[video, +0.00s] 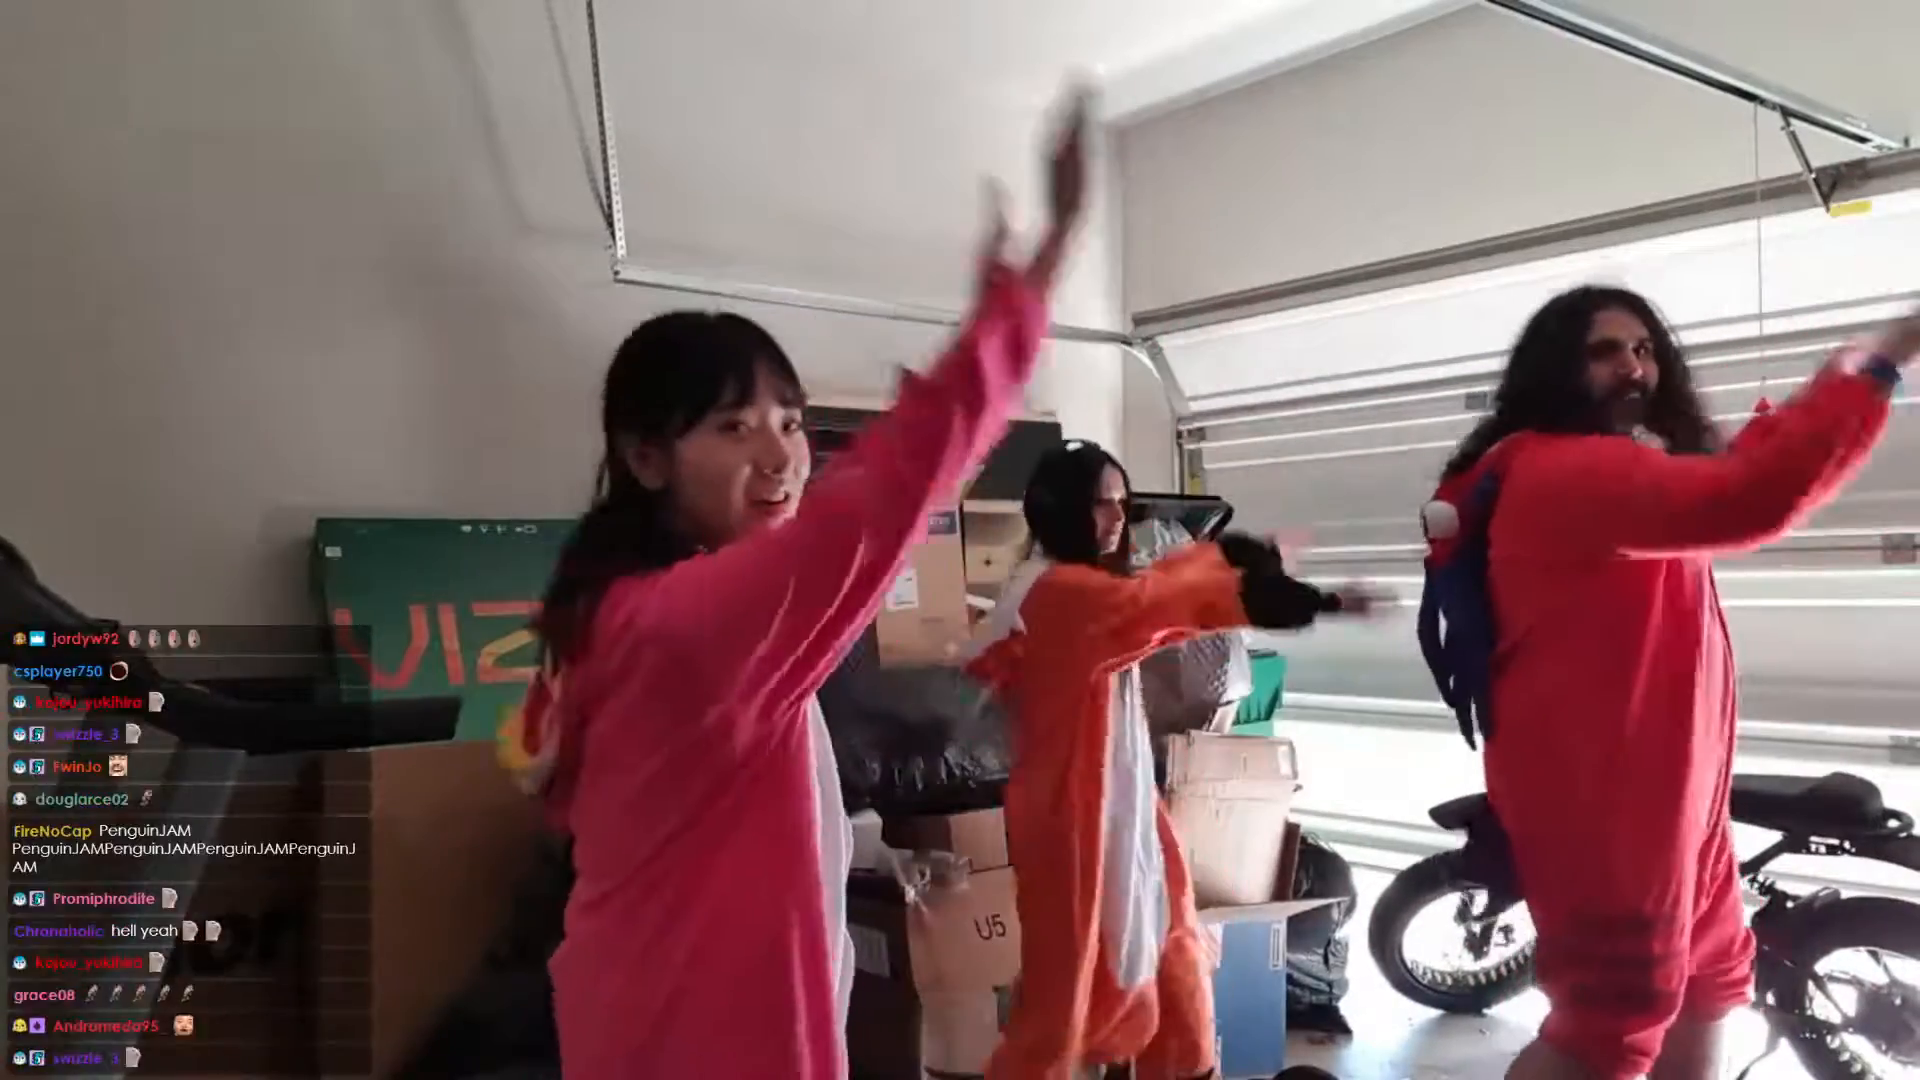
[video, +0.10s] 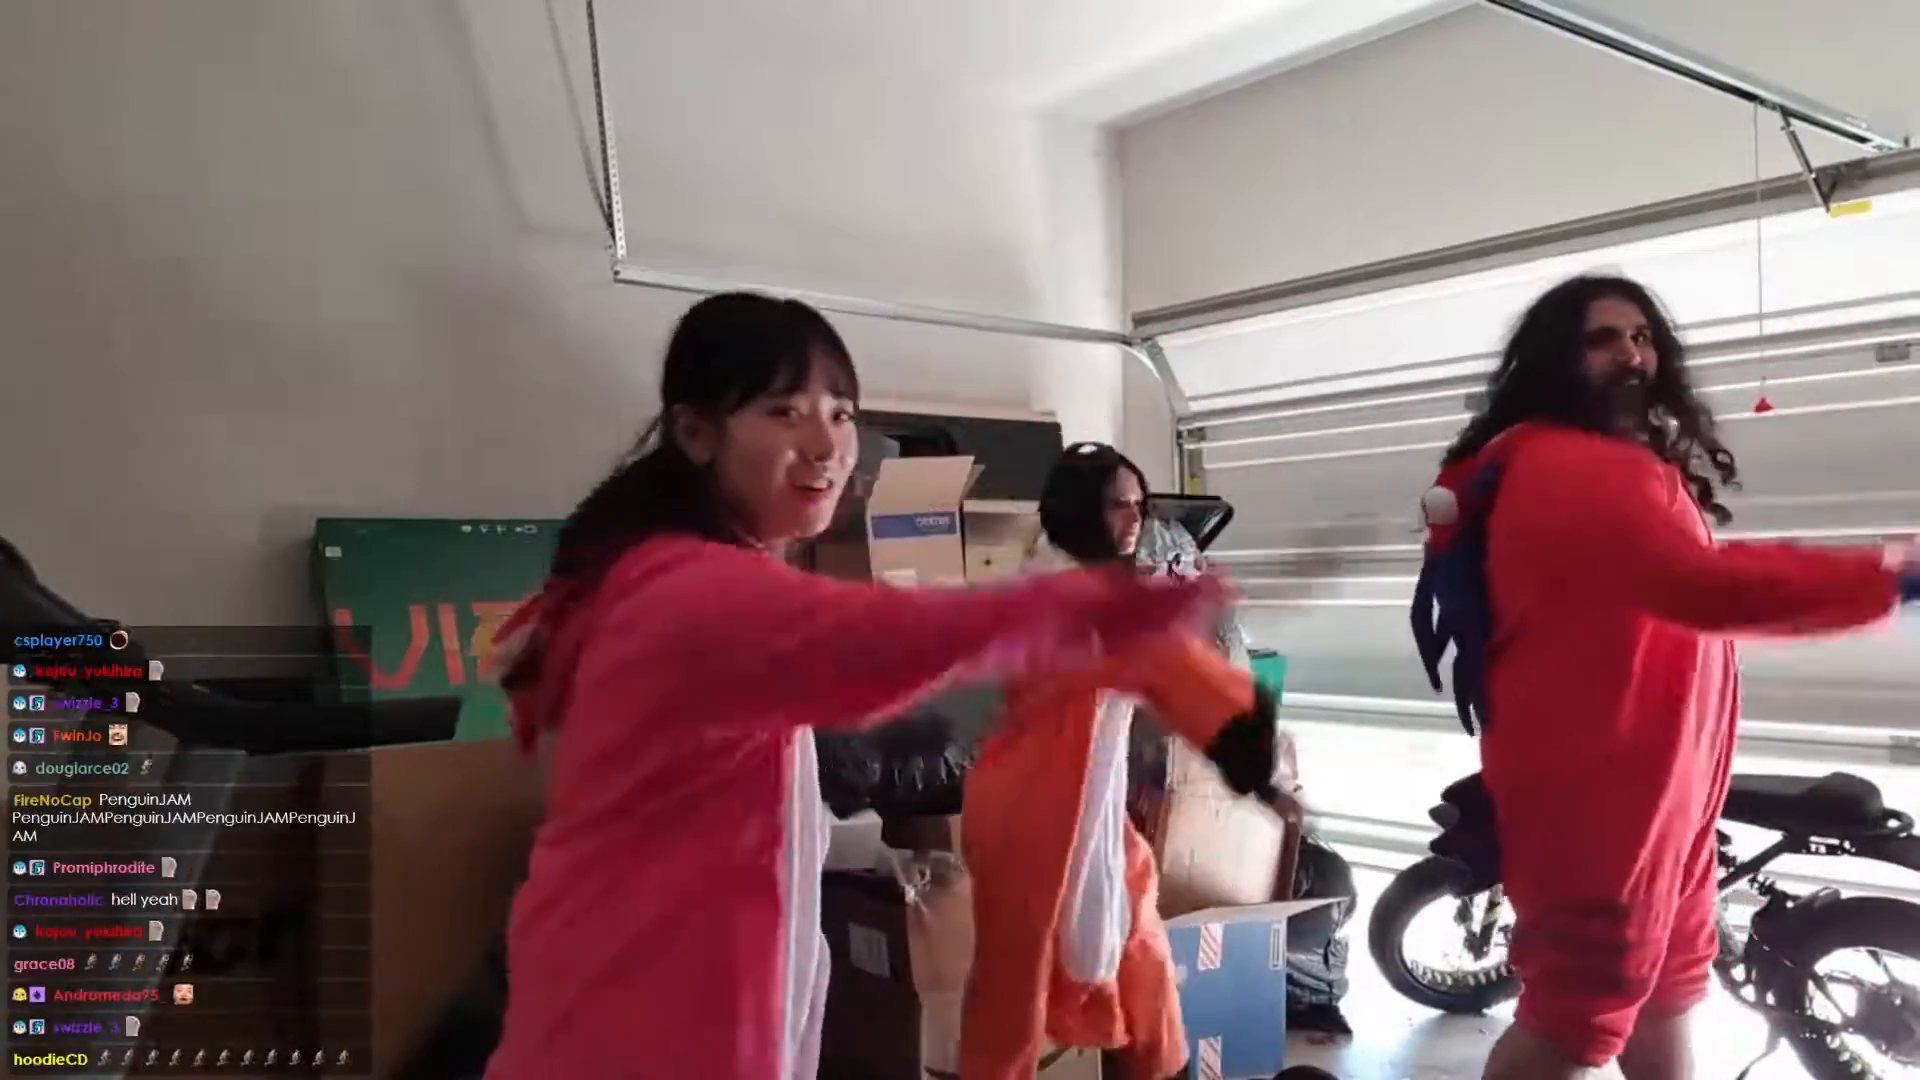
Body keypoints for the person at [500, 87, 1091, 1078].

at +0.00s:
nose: (780, 453)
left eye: (789, 423)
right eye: (733, 425)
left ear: (809, 434)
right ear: (648, 458)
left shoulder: (719, 620)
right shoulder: (676, 624)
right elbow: (882, 494)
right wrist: (1045, 260)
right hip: (701, 1045)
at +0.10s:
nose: (825, 446)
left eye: (839, 415)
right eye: (783, 412)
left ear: (857, 431)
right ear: (696, 431)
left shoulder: (732, 586)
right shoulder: (682, 590)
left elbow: (882, 676)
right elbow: (890, 636)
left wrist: (1064, 629)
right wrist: (1124, 606)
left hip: (720, 1021)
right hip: (648, 1031)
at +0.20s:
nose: (887, 494)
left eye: (898, 466)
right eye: (850, 463)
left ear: (909, 480)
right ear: (759, 482)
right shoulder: (754, 650)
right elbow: (896, 873)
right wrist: (1042, 1029)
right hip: (608, 1036)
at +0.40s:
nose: (855, 502)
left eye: (873, 475)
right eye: (816, 470)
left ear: (890, 504)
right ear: (732, 496)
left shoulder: (805, 677)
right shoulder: (697, 677)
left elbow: (867, 924)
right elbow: (756, 975)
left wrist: (906, 1068)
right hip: (560, 1054)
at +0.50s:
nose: (759, 420)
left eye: (774, 392)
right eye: (716, 392)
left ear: (793, 418)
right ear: (632, 423)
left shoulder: (735, 586)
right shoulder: (641, 592)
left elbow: (917, 686)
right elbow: (871, 727)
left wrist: (1131, 767)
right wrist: (1128, 834)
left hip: (732, 1030)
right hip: (619, 1039)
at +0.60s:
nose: (714, 416)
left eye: (716, 388)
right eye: (665, 395)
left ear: (740, 402)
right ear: (578, 441)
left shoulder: (720, 594)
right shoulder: (607, 595)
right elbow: (874, 498)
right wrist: (1103, 307)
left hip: (775, 1032)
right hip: (660, 1045)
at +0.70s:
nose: (720, 458)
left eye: (725, 433)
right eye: (678, 441)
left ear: (746, 443)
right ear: (598, 492)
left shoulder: (735, 635)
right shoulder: (620, 640)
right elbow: (779, 456)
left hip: (782, 1047)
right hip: (681, 1052)